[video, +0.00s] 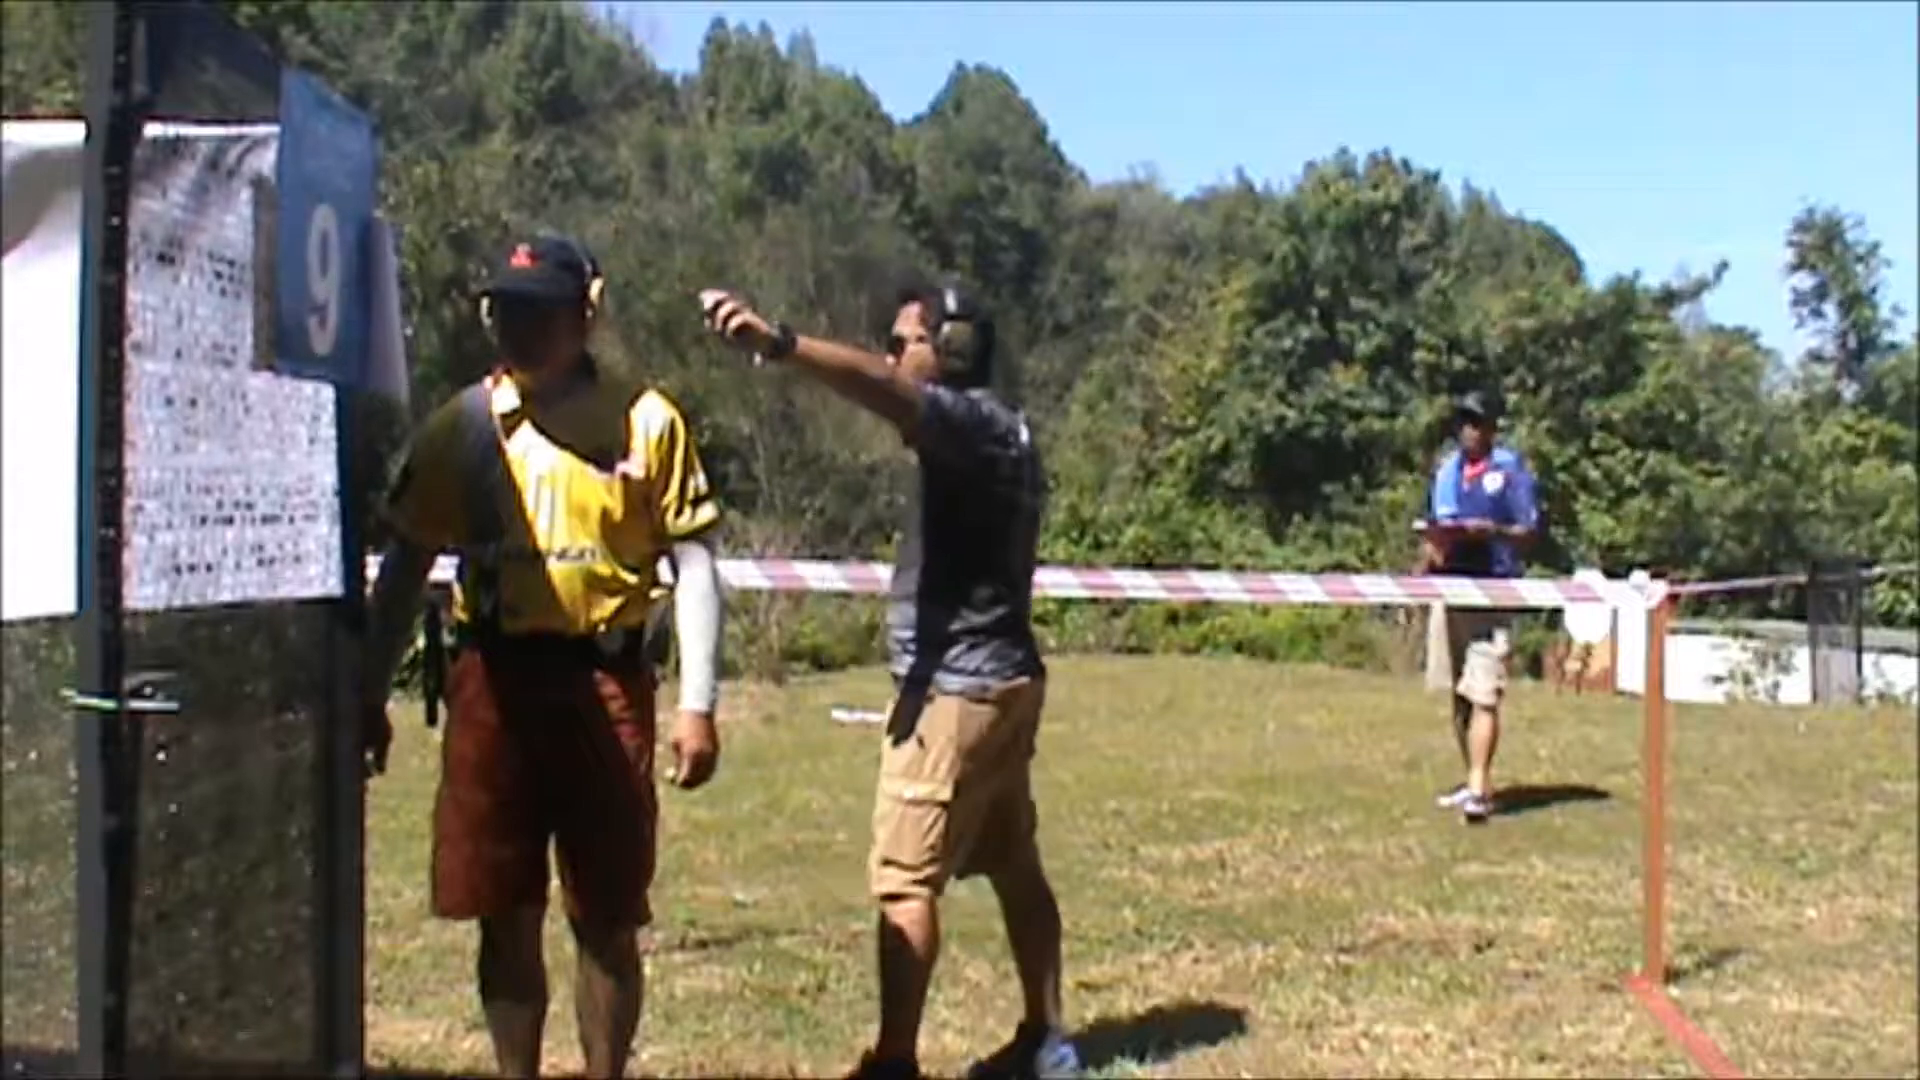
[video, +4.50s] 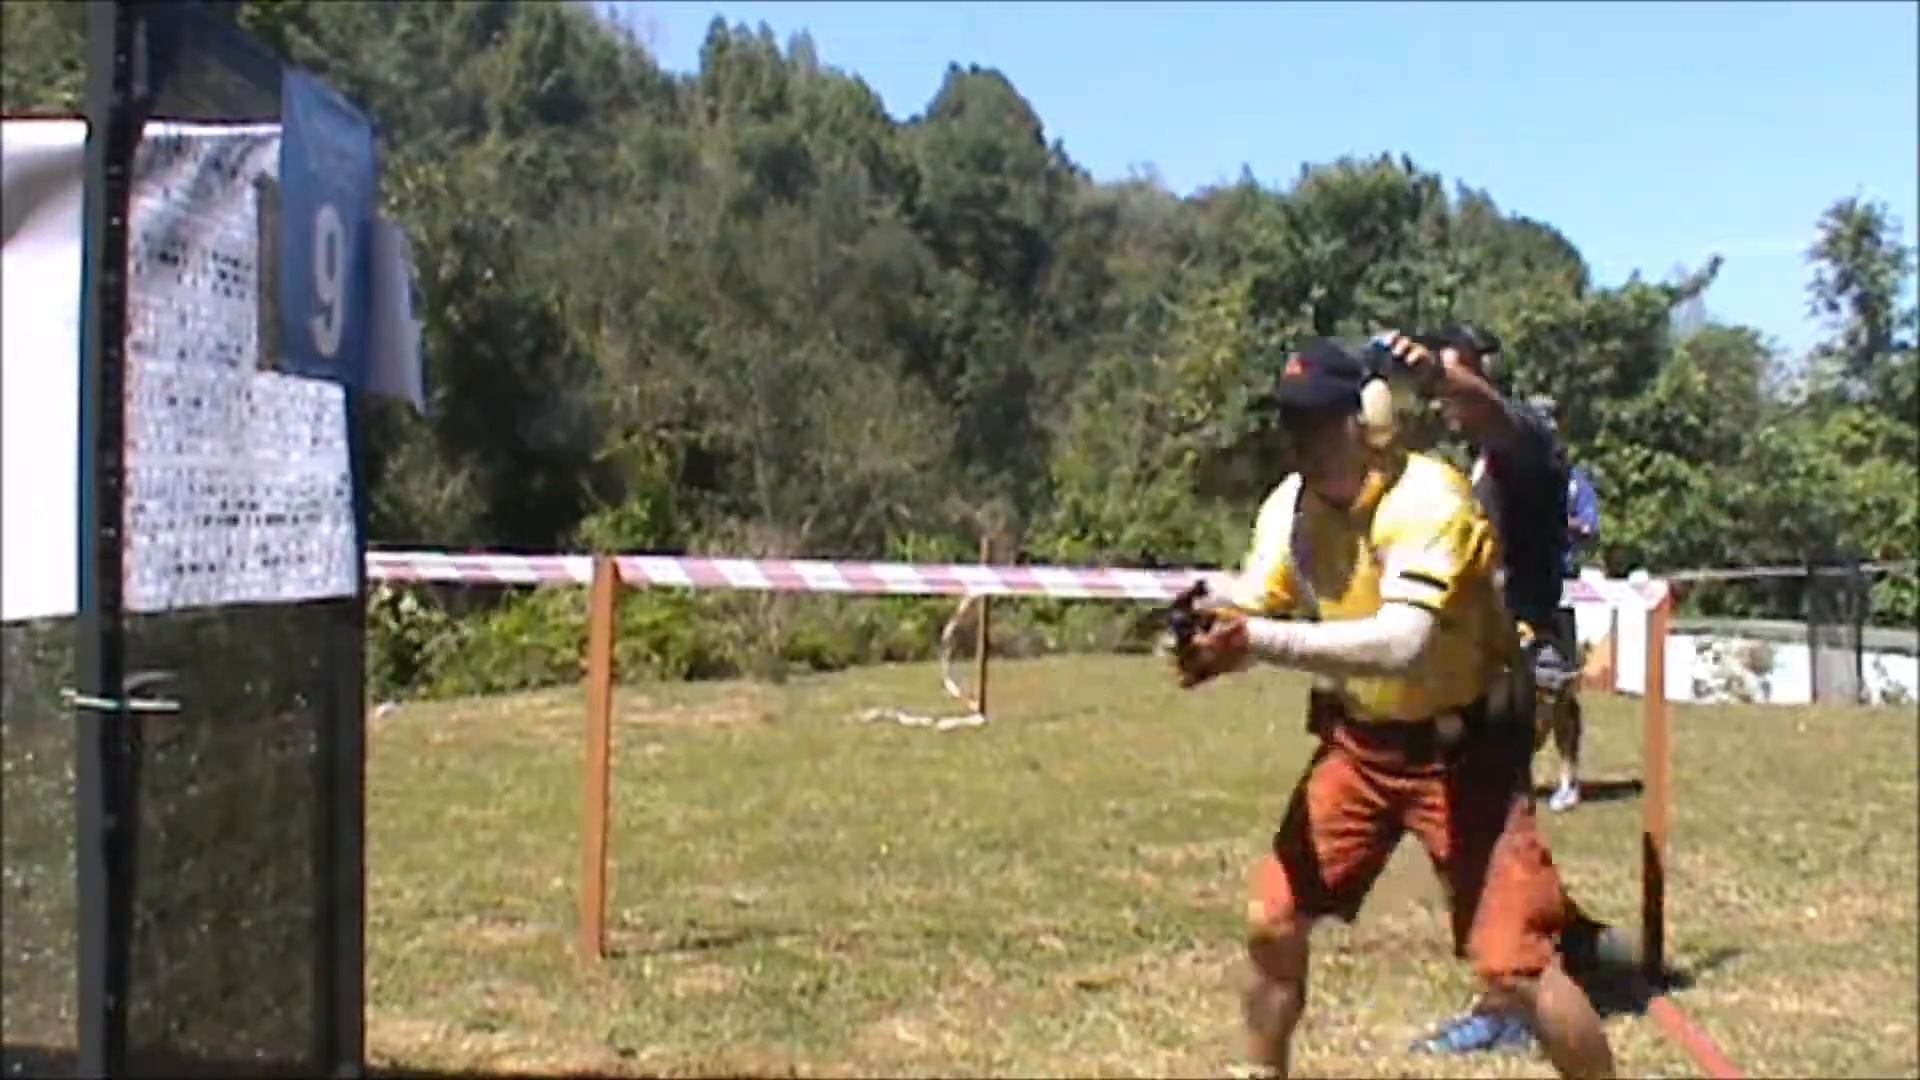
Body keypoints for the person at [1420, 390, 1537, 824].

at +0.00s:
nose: (1468, 433)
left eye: (1477, 425)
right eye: (1463, 424)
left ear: (1493, 429)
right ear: (1456, 429)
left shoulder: (1512, 469)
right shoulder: (1447, 469)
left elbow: (1530, 532)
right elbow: (1435, 522)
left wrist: (1490, 530)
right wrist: (1436, 539)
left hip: (1493, 588)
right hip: (1450, 587)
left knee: (1484, 691)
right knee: (1458, 691)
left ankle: (1480, 785)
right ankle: (1472, 777)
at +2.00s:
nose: (1482, 443)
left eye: (1488, 435)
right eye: (1474, 436)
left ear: (1501, 436)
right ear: (1463, 437)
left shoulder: (1520, 479)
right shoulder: (1447, 474)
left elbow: (1537, 535)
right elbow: (1415, 512)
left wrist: (1506, 526)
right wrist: (1444, 522)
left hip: (1494, 589)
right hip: (1450, 588)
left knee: (1490, 690)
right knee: (1459, 689)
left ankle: (1489, 783)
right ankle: (1471, 776)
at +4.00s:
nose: (1488, 437)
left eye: (1495, 428)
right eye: (1481, 429)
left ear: (1506, 431)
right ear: (1471, 431)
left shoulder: (1524, 477)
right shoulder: (1452, 473)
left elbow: (1543, 527)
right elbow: (1426, 517)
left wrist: (1506, 525)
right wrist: (1463, 525)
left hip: (1508, 587)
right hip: (1461, 587)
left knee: (1515, 684)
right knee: (1466, 688)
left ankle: (1520, 778)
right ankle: (1477, 778)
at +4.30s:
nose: (1516, 442)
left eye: (1522, 434)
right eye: (1509, 434)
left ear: (1534, 436)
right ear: (1498, 436)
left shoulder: (1554, 480)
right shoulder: (1488, 477)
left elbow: (1569, 530)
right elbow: (1471, 521)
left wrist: (1541, 523)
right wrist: (1500, 519)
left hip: (1533, 589)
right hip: (1488, 588)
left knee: (1542, 686)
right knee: (1484, 689)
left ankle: (1568, 773)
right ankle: (1470, 771)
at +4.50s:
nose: (1544, 436)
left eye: (1549, 425)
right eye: (1535, 426)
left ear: (1560, 431)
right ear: (1520, 433)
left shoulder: (1572, 481)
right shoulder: (1506, 481)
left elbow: (1588, 527)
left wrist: (1551, 526)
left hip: (1552, 592)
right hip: (1507, 591)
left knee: (1560, 688)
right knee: (1516, 690)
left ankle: (1569, 774)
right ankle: (1517, 772)